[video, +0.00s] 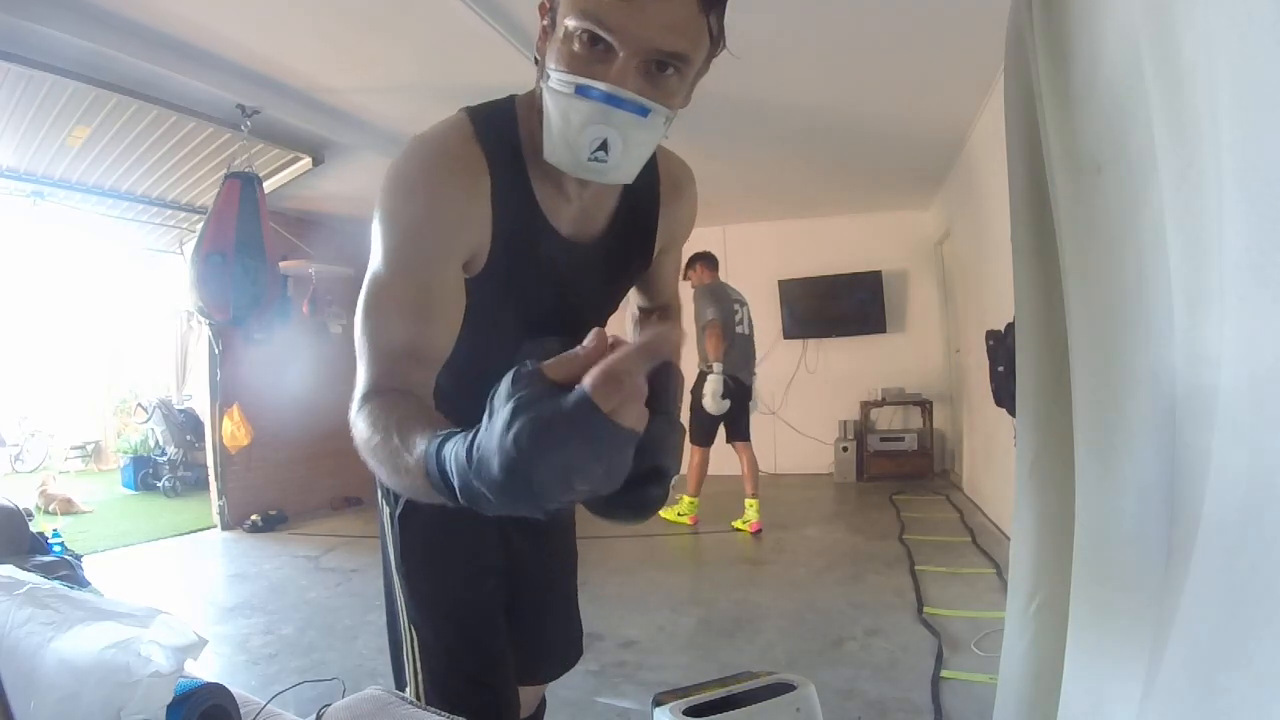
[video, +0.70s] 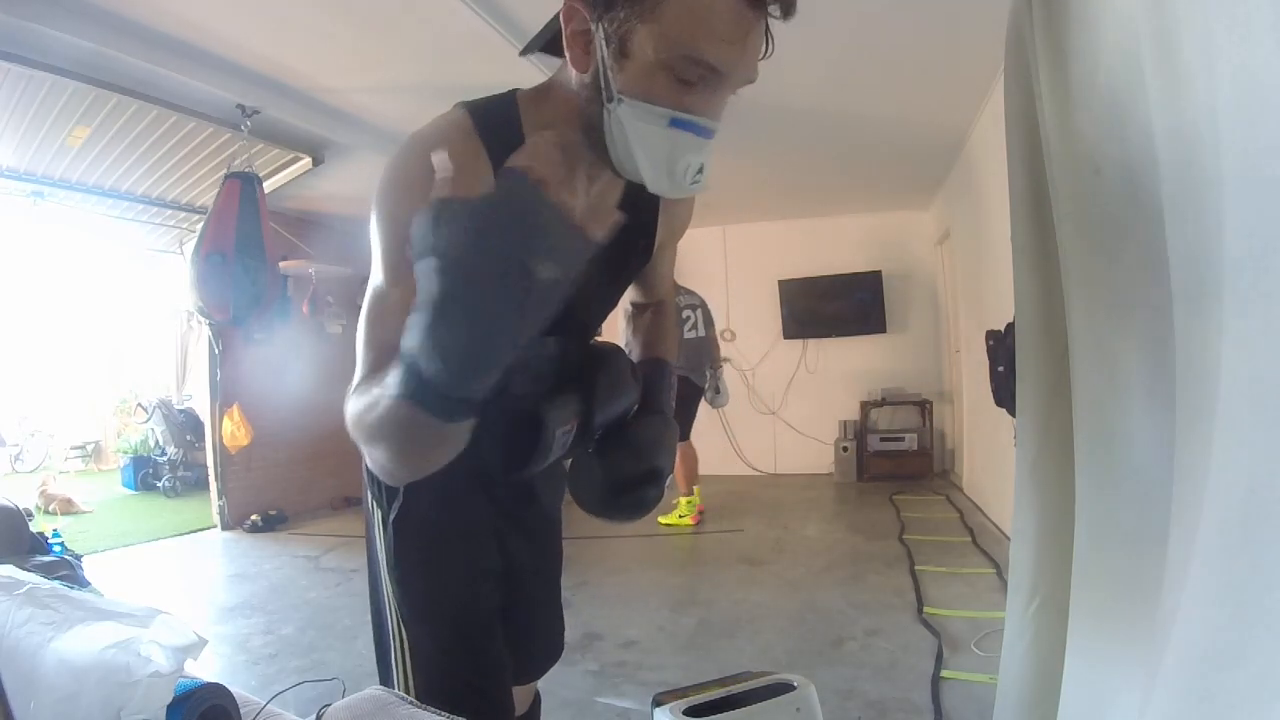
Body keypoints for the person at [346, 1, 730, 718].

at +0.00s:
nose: (616, 91)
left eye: (663, 66)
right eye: (592, 43)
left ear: (702, 72)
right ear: (544, 25)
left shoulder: (667, 190)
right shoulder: (443, 171)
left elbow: (659, 331)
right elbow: (384, 399)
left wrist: (647, 444)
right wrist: (468, 467)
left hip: (556, 463)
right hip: (435, 472)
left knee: (531, 683)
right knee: (480, 703)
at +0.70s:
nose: (713, 120)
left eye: (736, 87)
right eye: (689, 77)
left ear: (751, 73)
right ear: (584, 40)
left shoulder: (664, 188)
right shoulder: (446, 161)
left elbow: (653, 301)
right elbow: (391, 453)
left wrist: (654, 415)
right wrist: (454, 359)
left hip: (537, 450)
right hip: (431, 459)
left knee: (522, 688)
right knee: (469, 705)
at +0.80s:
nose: (703, 120)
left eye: (728, 89)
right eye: (681, 79)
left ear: (747, 71)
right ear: (577, 38)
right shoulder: (449, 160)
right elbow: (384, 444)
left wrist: (625, 456)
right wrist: (551, 368)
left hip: (533, 473)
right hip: (431, 483)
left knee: (519, 686)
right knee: (464, 704)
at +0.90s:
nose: (687, 115)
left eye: (716, 85)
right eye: (662, 73)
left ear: (738, 63)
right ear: (566, 32)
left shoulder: (656, 183)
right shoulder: (450, 154)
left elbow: (646, 303)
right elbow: (389, 428)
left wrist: (652, 400)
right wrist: (653, 425)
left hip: (528, 450)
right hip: (429, 460)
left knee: (519, 680)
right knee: (461, 701)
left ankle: (517, 705)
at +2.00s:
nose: (640, 81)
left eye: (683, 62)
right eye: (614, 32)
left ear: (712, 79)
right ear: (562, 23)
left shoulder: (668, 192)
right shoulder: (452, 158)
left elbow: (650, 310)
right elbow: (387, 420)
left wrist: (650, 439)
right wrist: (588, 527)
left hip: (539, 475)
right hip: (431, 467)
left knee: (522, 688)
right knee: (460, 704)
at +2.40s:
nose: (637, 84)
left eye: (678, 66)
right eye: (616, 41)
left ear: (706, 80)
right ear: (563, 27)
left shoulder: (658, 192)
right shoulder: (459, 162)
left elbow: (644, 307)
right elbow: (409, 393)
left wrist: (646, 412)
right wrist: (465, 531)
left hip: (547, 459)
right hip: (435, 456)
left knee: (529, 684)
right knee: (463, 703)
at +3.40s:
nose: (681, 63)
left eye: (709, 38)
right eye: (658, 17)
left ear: (720, 40)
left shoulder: (625, 149)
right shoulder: (429, 134)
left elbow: (607, 268)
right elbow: (347, 410)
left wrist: (624, 381)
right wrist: (495, 598)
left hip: (515, 477)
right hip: (412, 484)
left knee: (532, 689)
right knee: (439, 706)